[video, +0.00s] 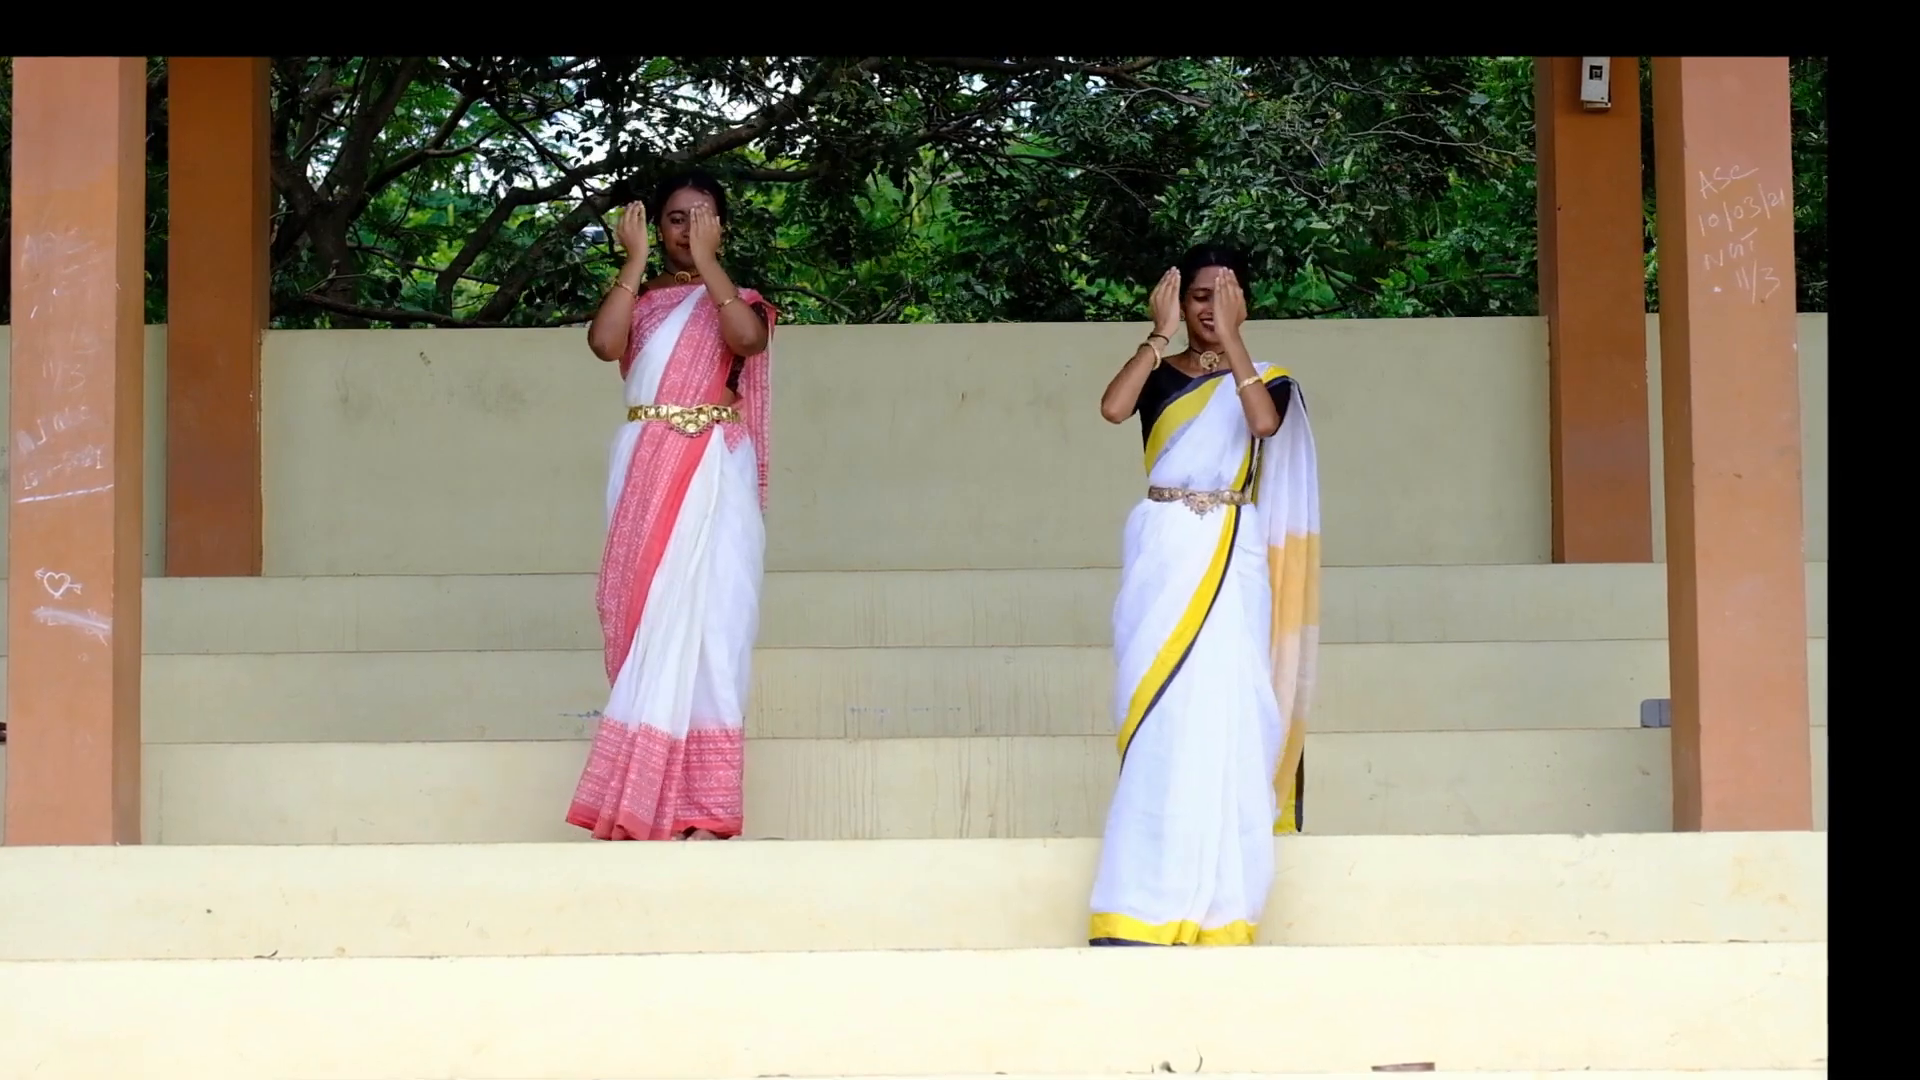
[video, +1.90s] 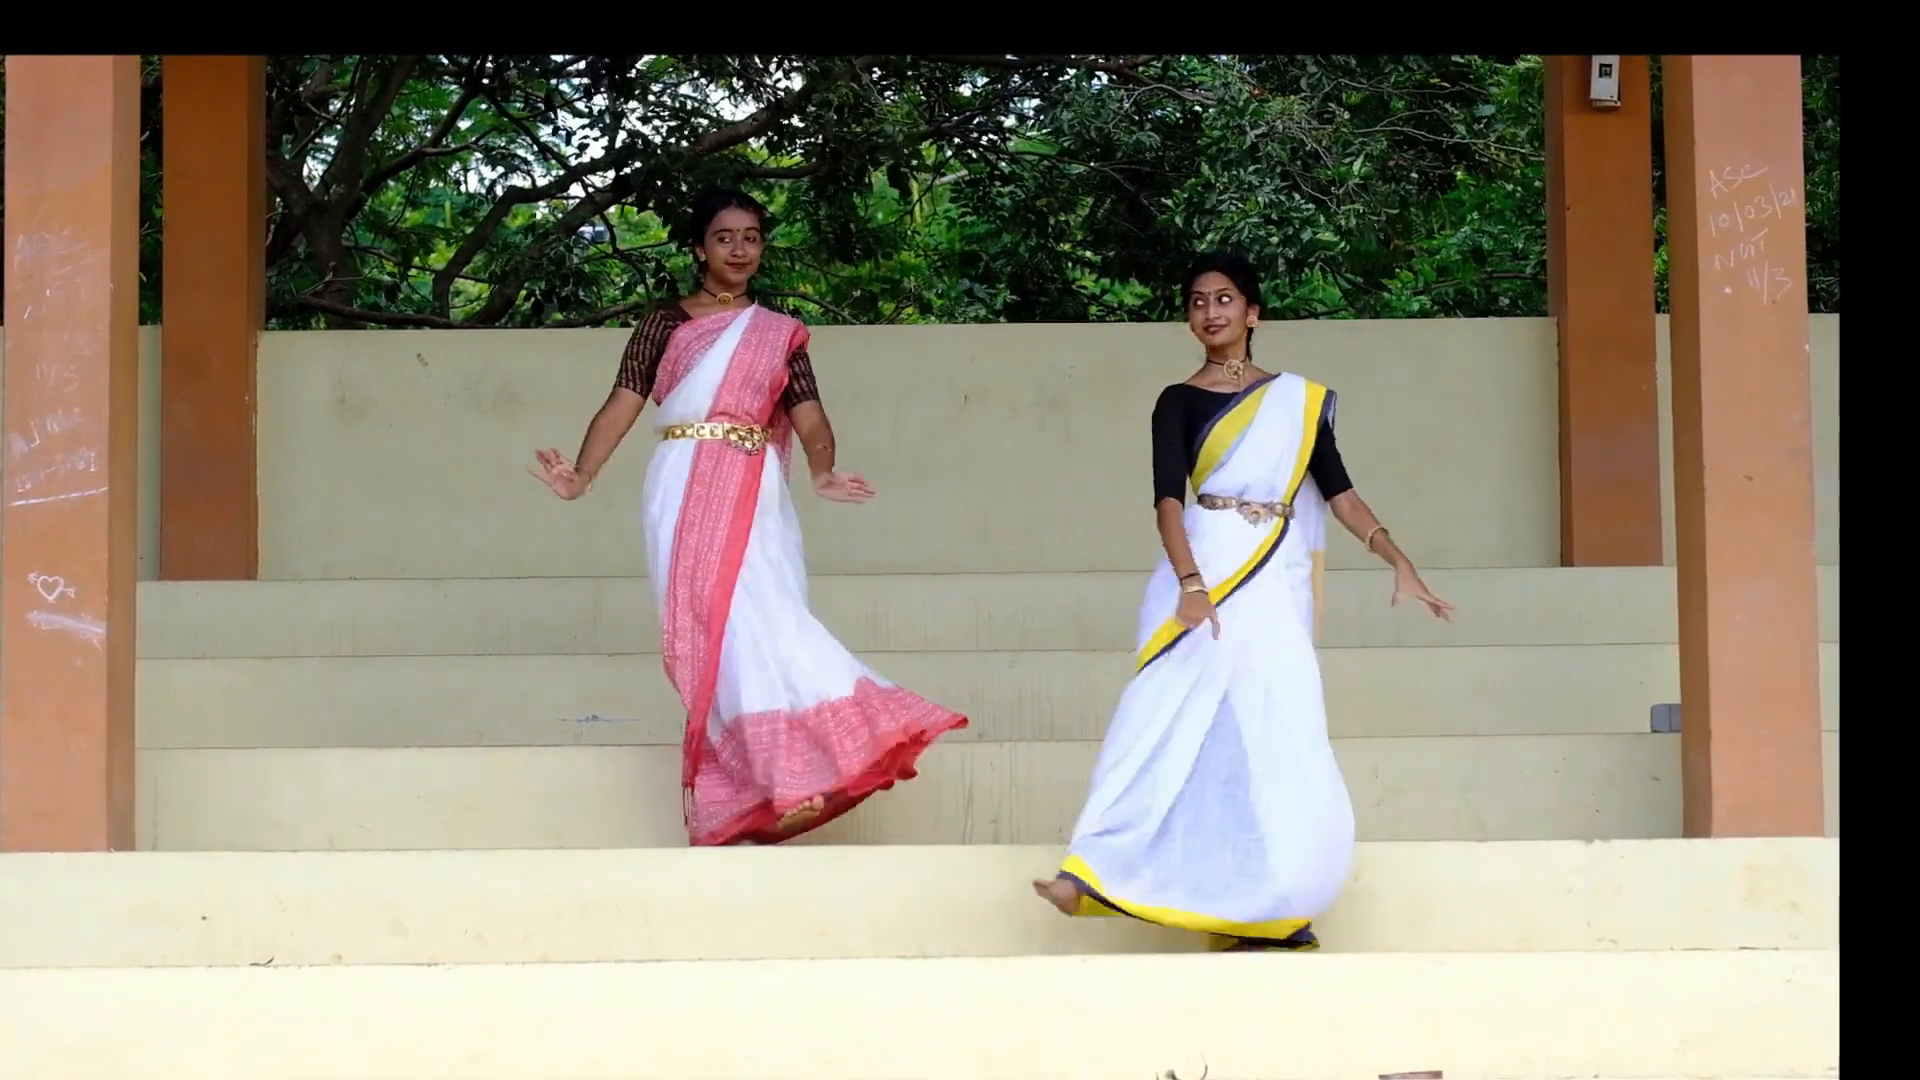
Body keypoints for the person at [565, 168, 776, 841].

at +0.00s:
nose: (682, 228)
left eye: (694, 216)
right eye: (673, 218)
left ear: (721, 227)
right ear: (660, 231)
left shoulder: (746, 299)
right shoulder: (643, 300)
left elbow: (747, 340)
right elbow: (604, 341)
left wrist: (707, 265)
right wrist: (633, 260)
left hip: (715, 472)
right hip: (645, 470)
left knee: (708, 625)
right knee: (646, 623)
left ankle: (702, 805)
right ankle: (641, 801)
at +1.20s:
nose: (704, 231)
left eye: (714, 220)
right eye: (690, 219)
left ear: (727, 229)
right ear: (664, 227)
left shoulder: (747, 307)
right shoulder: (631, 304)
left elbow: (766, 377)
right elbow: (590, 385)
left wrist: (702, 337)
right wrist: (636, 337)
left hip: (727, 482)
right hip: (655, 481)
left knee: (717, 629)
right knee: (658, 628)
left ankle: (703, 809)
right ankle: (652, 804)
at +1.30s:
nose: (720, 237)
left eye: (729, 226)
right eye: (705, 224)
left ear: (736, 235)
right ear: (674, 233)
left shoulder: (755, 313)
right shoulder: (633, 315)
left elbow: (767, 395)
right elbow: (609, 399)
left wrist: (720, 414)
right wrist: (604, 427)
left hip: (733, 490)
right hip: (659, 489)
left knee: (717, 631)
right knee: (661, 631)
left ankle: (706, 812)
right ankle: (659, 806)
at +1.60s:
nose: (748, 241)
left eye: (754, 229)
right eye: (734, 228)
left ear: (758, 235)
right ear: (698, 235)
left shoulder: (768, 315)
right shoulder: (651, 310)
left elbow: (768, 386)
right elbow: (583, 383)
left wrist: (693, 391)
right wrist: (505, 434)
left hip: (747, 479)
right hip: (674, 477)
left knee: (783, 585)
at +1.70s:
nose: (753, 245)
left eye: (758, 234)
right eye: (739, 232)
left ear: (761, 242)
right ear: (700, 239)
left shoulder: (771, 319)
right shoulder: (653, 315)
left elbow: (781, 398)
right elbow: (582, 386)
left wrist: (712, 406)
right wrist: (503, 420)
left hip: (748, 472)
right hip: (674, 475)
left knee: (764, 581)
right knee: (705, 612)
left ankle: (856, 698)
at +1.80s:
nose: (752, 249)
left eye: (759, 238)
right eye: (738, 237)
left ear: (766, 247)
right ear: (702, 246)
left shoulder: (777, 328)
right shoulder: (659, 319)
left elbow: (799, 419)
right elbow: (599, 395)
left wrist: (761, 441)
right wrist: (528, 453)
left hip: (749, 479)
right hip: (675, 476)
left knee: (769, 596)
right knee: (702, 621)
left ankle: (843, 727)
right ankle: (711, 779)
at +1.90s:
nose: (739, 248)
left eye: (749, 236)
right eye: (724, 236)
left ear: (762, 246)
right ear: (699, 246)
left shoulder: (782, 332)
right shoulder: (664, 322)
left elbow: (810, 419)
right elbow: (624, 401)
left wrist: (823, 471)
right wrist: (583, 472)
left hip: (752, 483)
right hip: (680, 478)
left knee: (752, 613)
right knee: (700, 621)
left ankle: (793, 778)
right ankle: (739, 787)